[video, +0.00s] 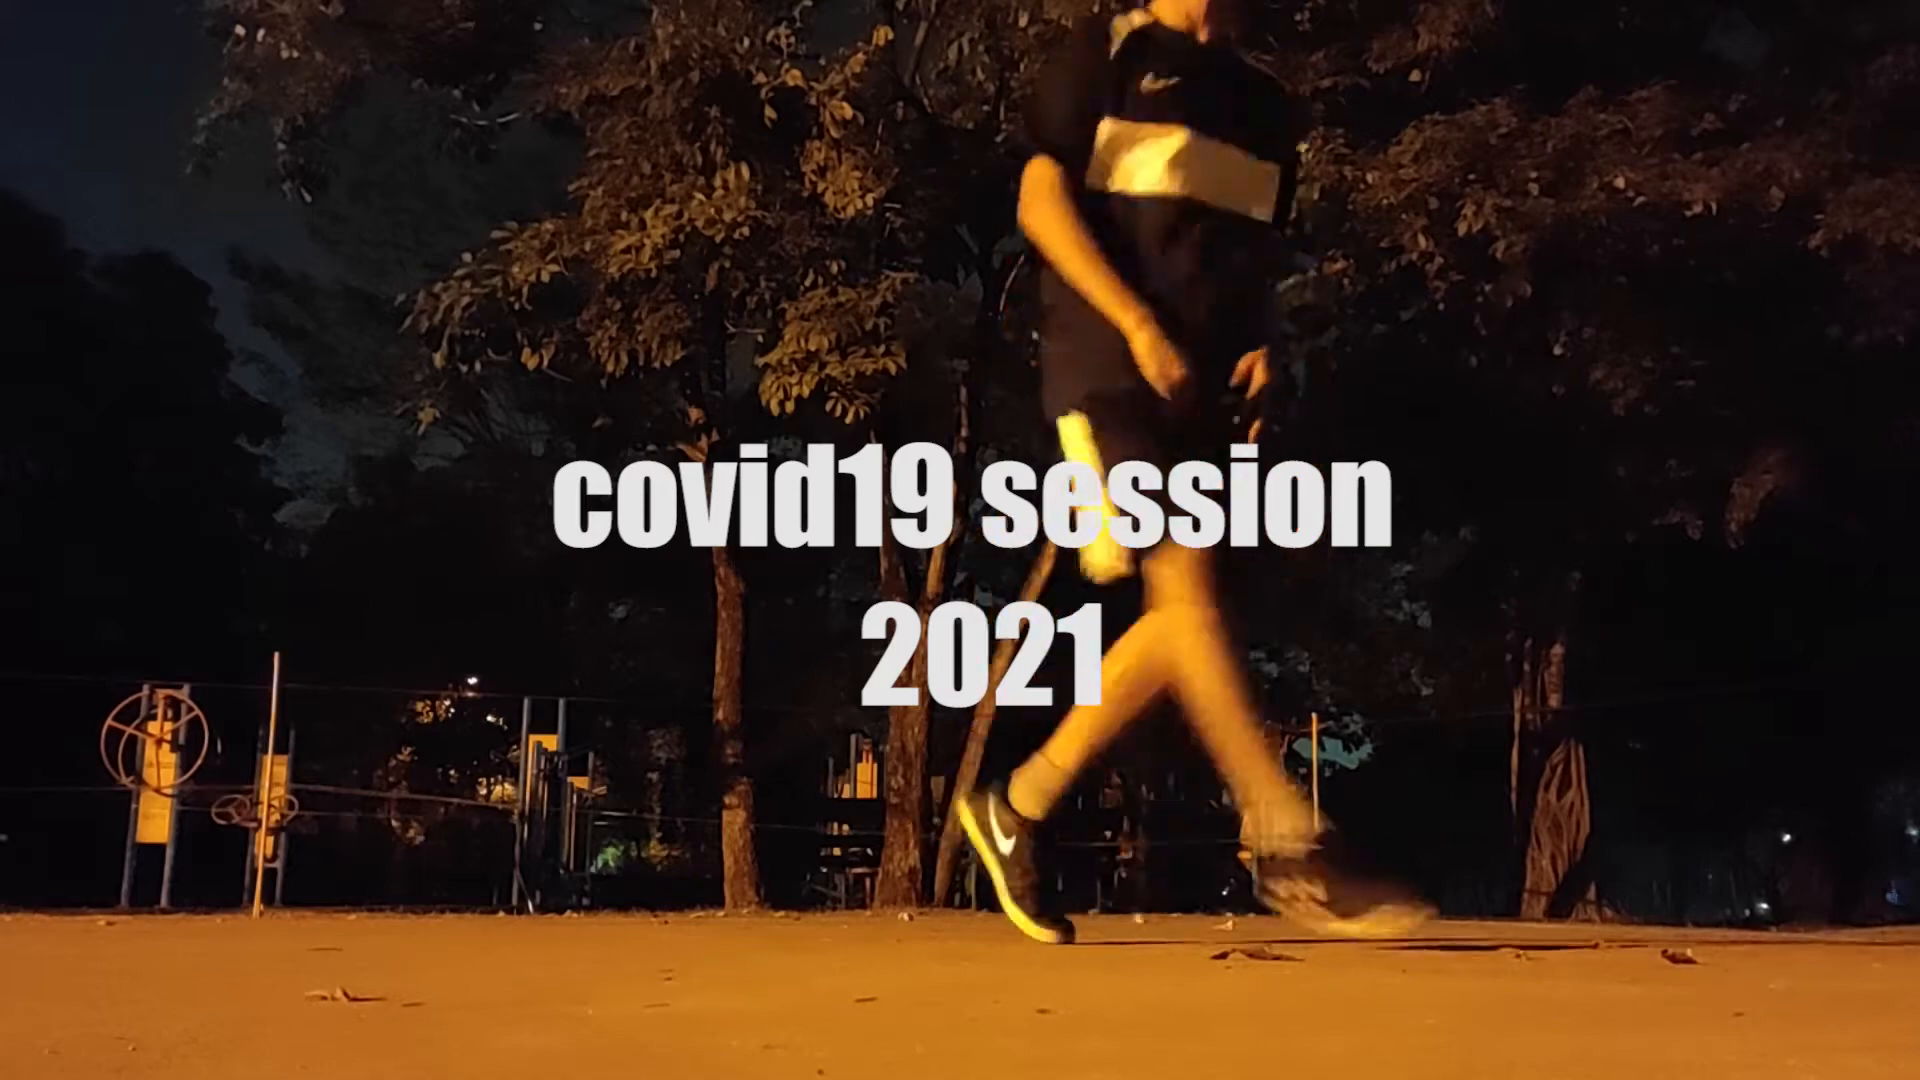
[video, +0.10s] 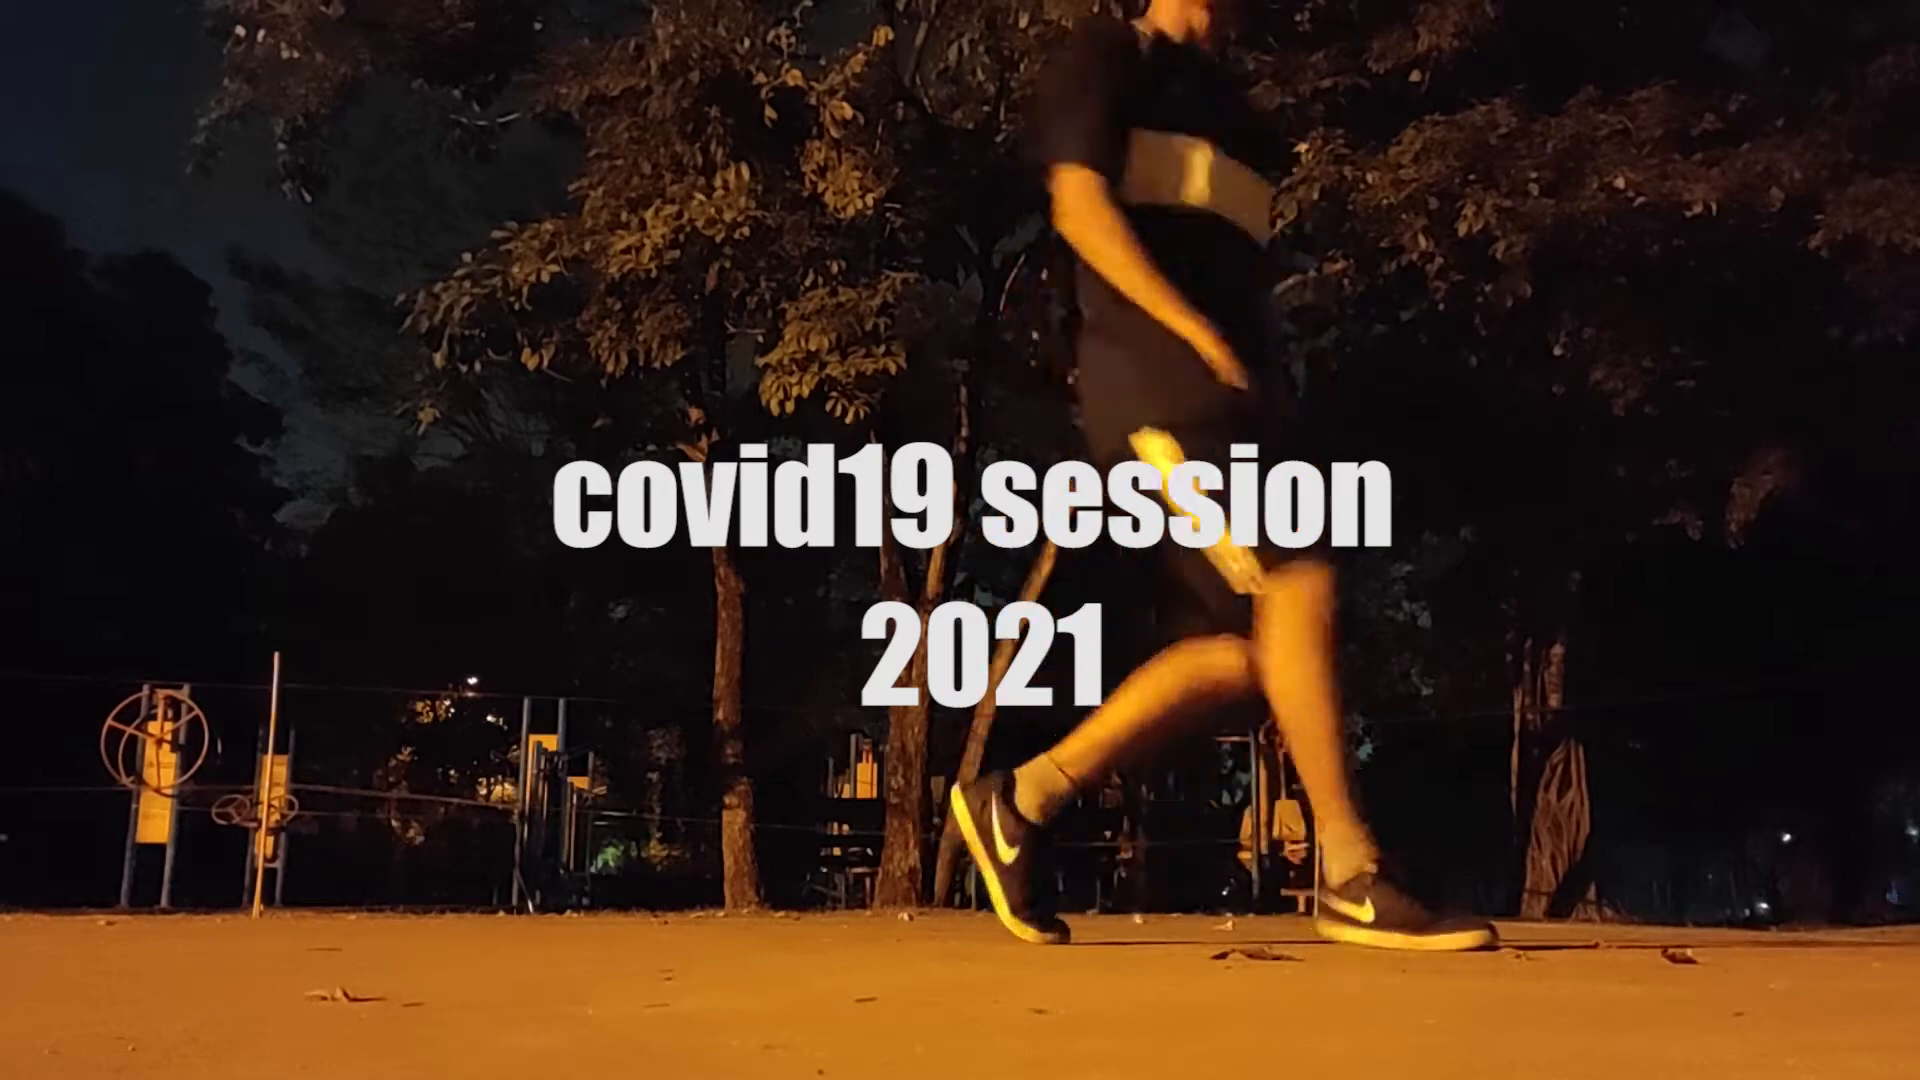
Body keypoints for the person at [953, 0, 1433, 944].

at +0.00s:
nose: (1220, 6)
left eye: (1227, 2)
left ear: (1239, 7)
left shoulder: (1267, 101)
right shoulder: (1098, 55)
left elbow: (1258, 251)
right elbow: (1041, 203)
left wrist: (1261, 340)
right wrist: (1136, 324)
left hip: (1206, 383)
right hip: (1101, 367)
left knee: (1187, 611)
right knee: (1182, 582)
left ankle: (1018, 804)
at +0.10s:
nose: (1220, 10)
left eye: (1226, 4)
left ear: (1226, 13)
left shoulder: (1235, 98)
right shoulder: (1097, 59)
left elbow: (1232, 261)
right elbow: (1079, 207)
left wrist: (1269, 363)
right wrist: (1200, 337)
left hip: (1223, 394)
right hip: (1144, 389)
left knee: (1250, 650)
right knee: (1298, 580)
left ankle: (1021, 798)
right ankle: (1349, 873)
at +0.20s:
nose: (1225, 10)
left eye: (1225, 2)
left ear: (1177, 2)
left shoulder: (1155, 78)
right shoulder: (1119, 63)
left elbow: (1160, 246)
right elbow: (1141, 226)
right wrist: (1258, 357)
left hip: (1180, 403)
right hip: (1180, 397)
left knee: (1241, 677)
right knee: (1335, 596)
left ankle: (993, 813)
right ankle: (1353, 882)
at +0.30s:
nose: (1216, 4)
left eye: (1216, 4)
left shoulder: (1110, 30)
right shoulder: (1122, 17)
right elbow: (1150, 180)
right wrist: (1246, 304)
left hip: (1098, 367)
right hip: (1119, 360)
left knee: (1167, 625)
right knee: (1257, 578)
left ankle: (962, 830)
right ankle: (1318, 862)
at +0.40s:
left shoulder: (1090, 33)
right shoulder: (1082, 10)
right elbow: (1173, 139)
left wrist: (1262, 249)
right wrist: (1268, 211)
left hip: (1010, 344)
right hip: (1045, 337)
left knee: (1066, 611)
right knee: (1195, 565)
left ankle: (926, 854)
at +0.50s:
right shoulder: (1052, 9)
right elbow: (1191, 85)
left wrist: (1271, 89)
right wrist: (1279, 75)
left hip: (962, 340)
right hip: (992, 342)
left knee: (983, 606)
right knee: (1101, 565)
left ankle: (918, 870)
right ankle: (856, 673)